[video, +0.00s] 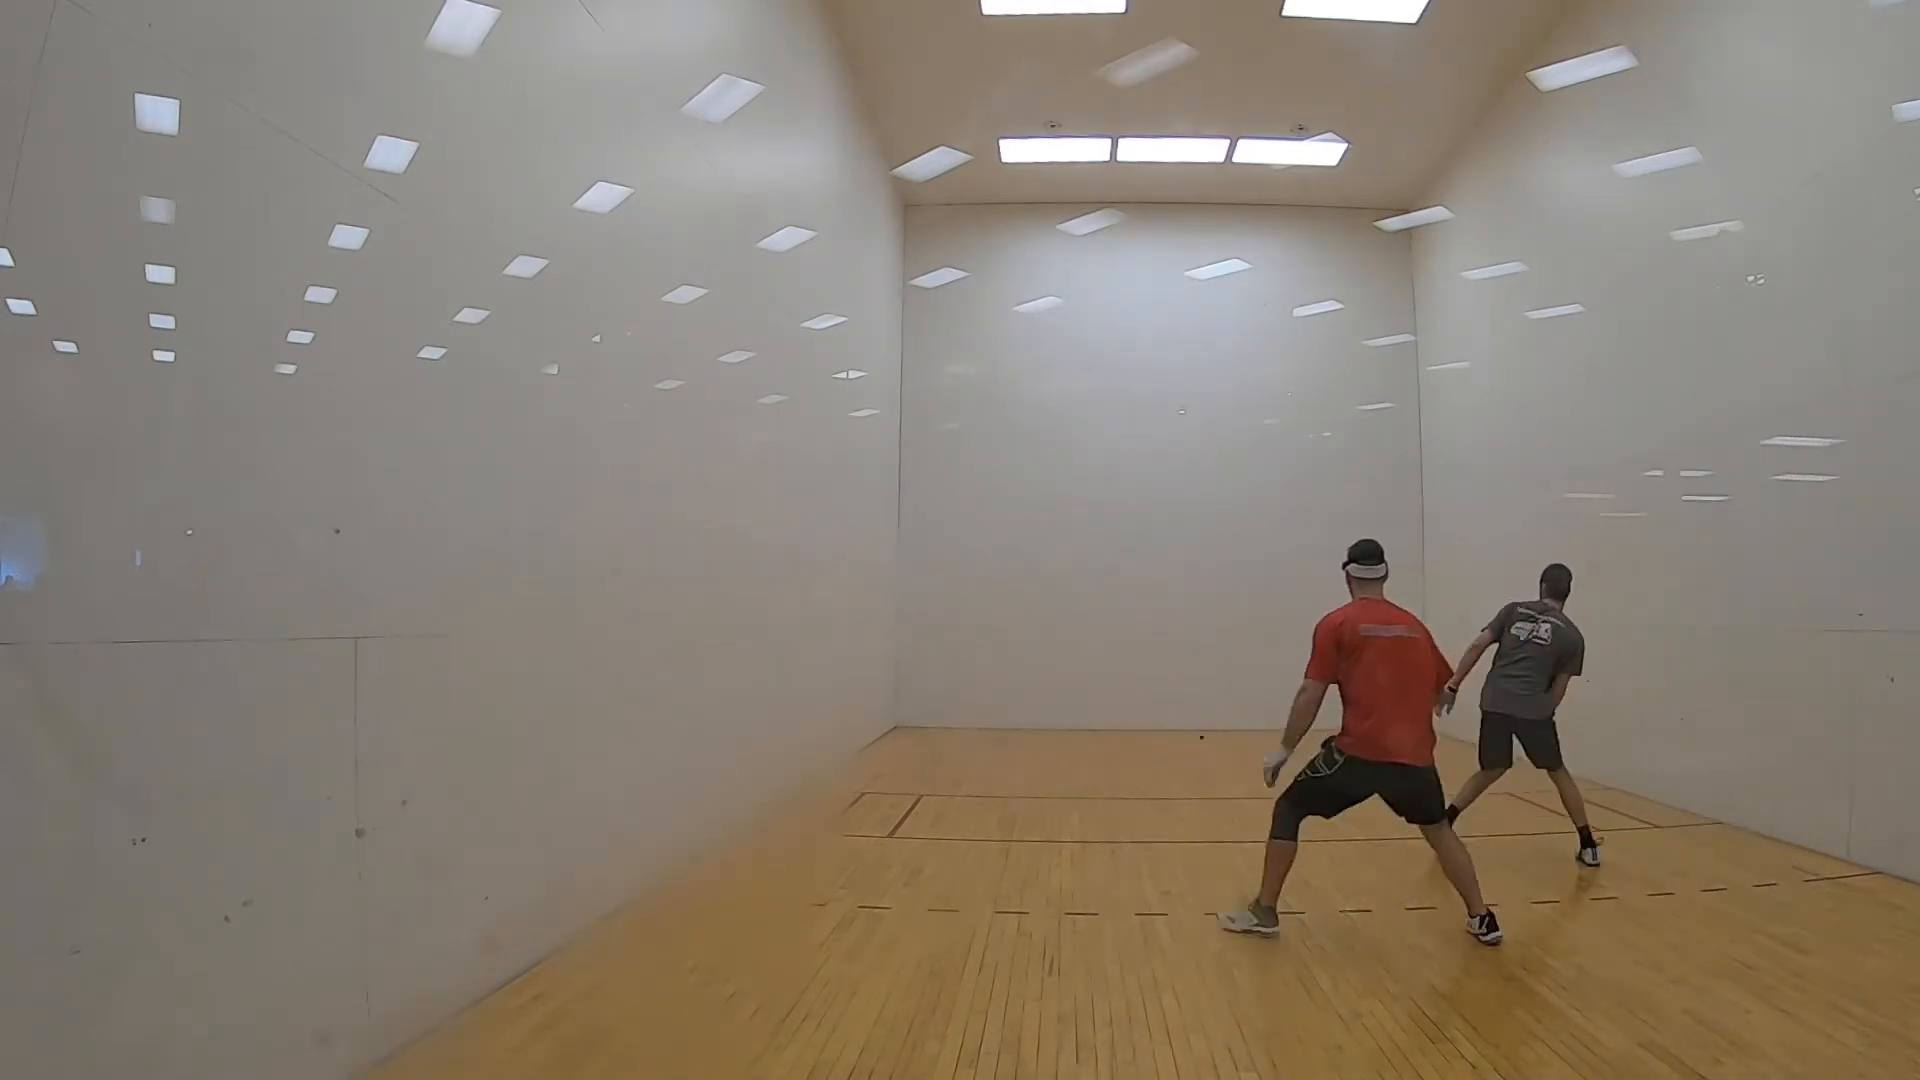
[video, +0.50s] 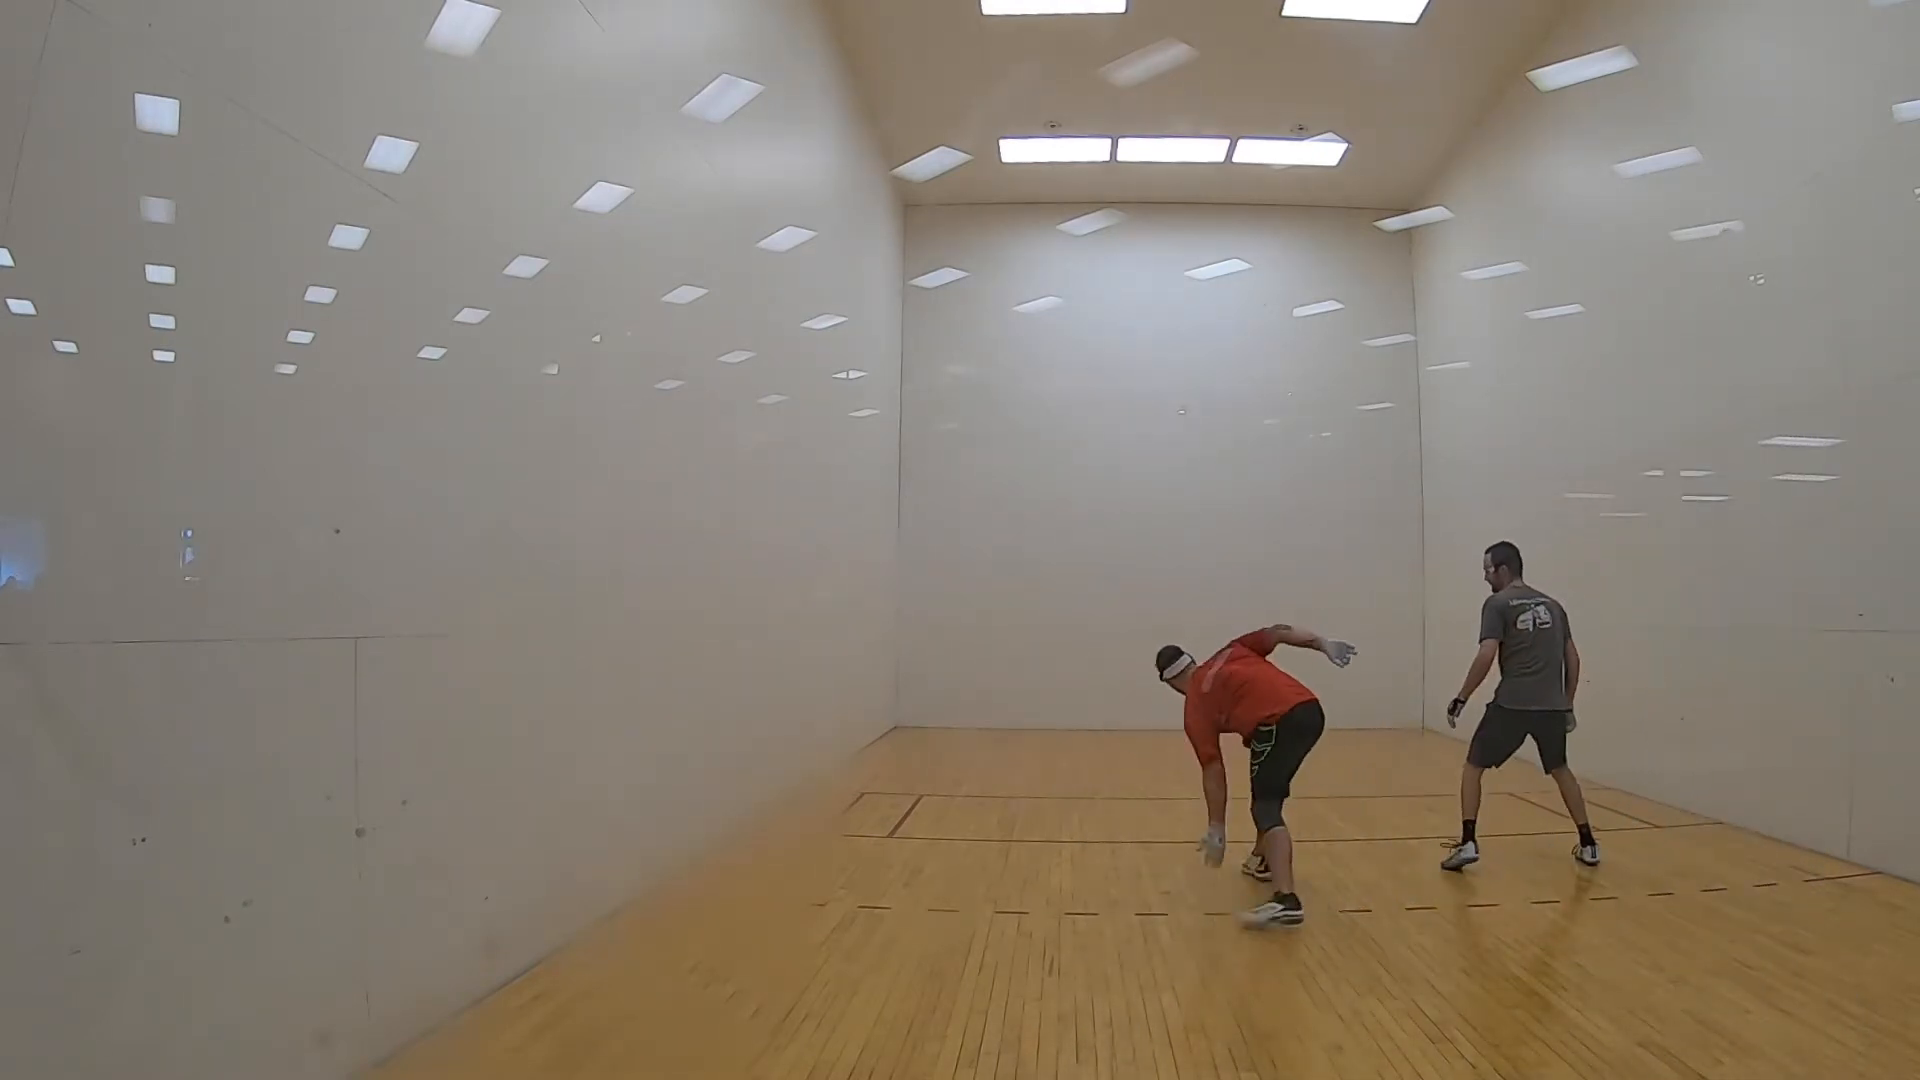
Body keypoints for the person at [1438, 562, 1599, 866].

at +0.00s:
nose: (1549, 592)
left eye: (1544, 586)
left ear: (1541, 587)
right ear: (1569, 593)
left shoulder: (1513, 611)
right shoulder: (1572, 637)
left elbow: (1478, 645)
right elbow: (1558, 690)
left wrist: (1452, 686)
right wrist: (1539, 718)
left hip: (1494, 707)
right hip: (1534, 714)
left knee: (1494, 766)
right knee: (1559, 772)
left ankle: (1446, 818)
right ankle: (1587, 845)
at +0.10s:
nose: (1541, 586)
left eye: (1539, 580)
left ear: (1540, 581)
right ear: (1568, 584)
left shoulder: (1518, 609)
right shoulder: (1580, 627)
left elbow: (1495, 657)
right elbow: (1577, 683)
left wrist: (1490, 703)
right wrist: (1561, 715)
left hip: (1508, 707)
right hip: (1550, 715)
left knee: (1504, 770)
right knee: (1564, 769)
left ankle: (1459, 834)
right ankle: (1586, 845)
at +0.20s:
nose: (1528, 573)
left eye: (1530, 567)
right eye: (1530, 567)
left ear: (1536, 568)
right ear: (1560, 571)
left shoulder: (1519, 598)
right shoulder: (1582, 613)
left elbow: (1502, 649)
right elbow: (1585, 672)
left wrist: (1512, 682)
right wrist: (1571, 708)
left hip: (1514, 699)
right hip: (1558, 705)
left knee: (1497, 766)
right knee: (1563, 768)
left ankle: (1466, 841)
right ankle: (1586, 845)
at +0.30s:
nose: (1515, 567)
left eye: (1517, 561)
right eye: (1516, 562)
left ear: (1528, 560)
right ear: (1548, 561)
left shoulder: (1515, 590)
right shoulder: (1578, 603)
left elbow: (1504, 644)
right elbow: (1588, 661)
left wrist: (1503, 679)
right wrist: (1579, 702)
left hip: (1514, 692)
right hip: (1557, 698)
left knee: (1484, 761)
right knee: (1565, 765)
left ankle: (1460, 839)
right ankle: (1586, 844)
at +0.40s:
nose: (1502, 569)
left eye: (1504, 563)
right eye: (1502, 563)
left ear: (1518, 561)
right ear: (1533, 562)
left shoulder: (1508, 594)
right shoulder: (1567, 601)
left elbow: (1501, 644)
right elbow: (1585, 655)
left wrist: (1481, 686)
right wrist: (1578, 699)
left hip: (1514, 697)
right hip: (1556, 700)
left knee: (1480, 760)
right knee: (1563, 765)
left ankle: (1460, 838)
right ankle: (1587, 842)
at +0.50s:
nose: (1485, 576)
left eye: (1487, 569)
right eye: (1484, 570)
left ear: (1502, 569)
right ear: (1514, 570)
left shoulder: (1497, 603)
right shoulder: (1552, 604)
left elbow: (1488, 653)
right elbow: (1572, 657)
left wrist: (1462, 697)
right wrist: (1568, 703)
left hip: (1511, 706)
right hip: (1553, 707)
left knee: (1473, 766)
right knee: (1560, 769)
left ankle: (1468, 844)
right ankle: (1588, 845)